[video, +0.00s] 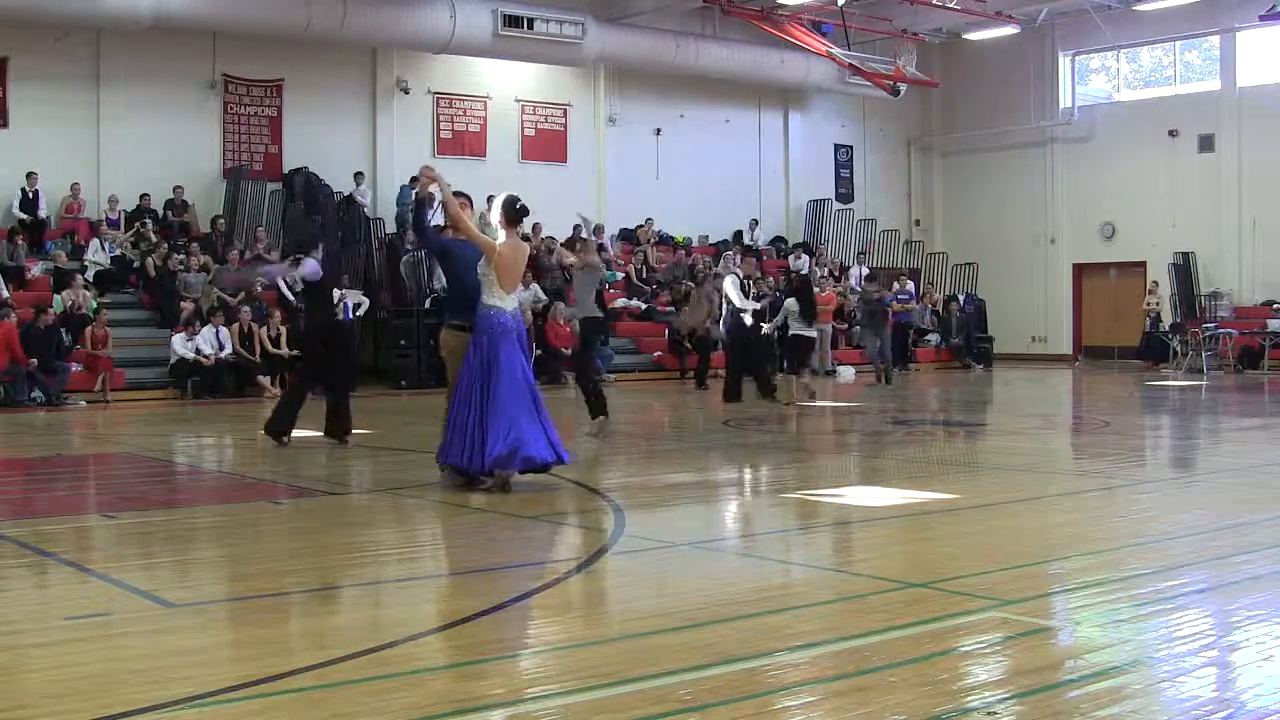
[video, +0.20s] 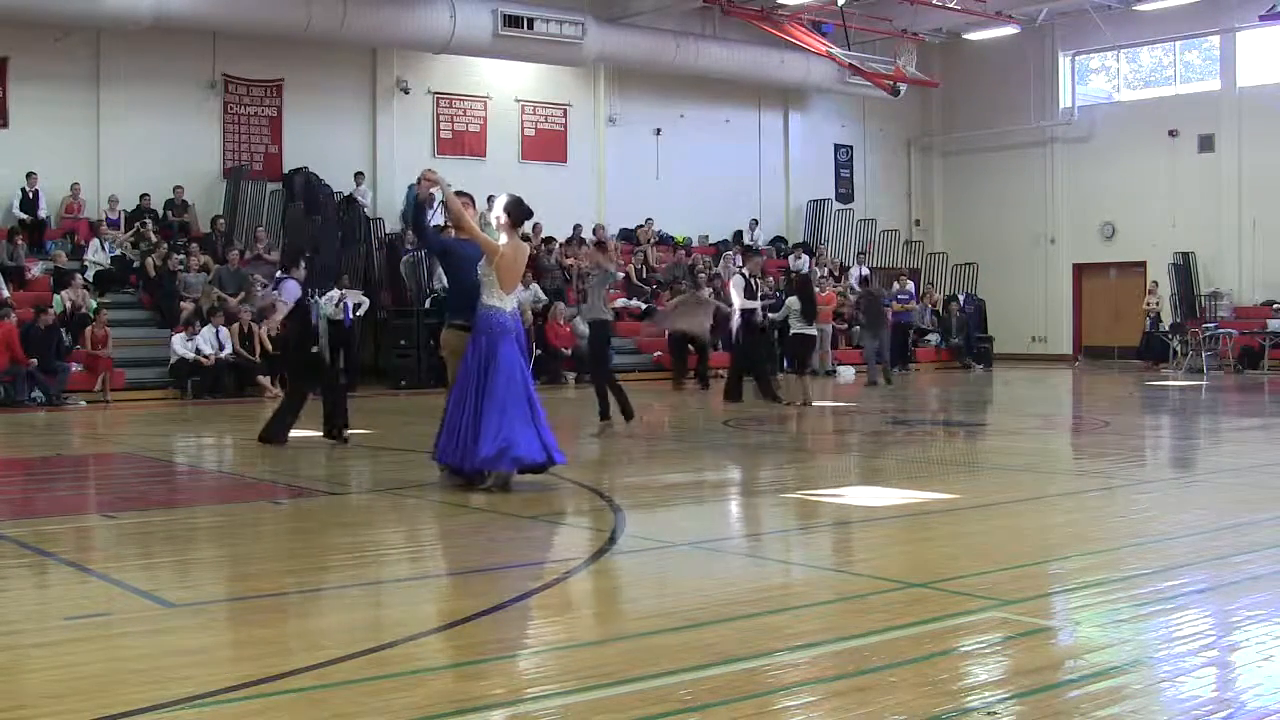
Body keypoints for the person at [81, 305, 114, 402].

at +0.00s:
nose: (106, 317)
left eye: (106, 314)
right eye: (104, 315)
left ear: (105, 316)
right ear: (97, 316)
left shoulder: (107, 330)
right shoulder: (89, 330)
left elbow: (109, 349)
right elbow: (89, 350)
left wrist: (103, 352)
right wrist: (100, 353)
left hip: (103, 355)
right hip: (92, 356)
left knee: (104, 360)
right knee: (106, 365)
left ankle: (99, 382)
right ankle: (107, 393)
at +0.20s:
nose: (106, 317)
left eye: (106, 314)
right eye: (104, 315)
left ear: (105, 317)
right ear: (97, 316)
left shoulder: (107, 330)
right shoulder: (89, 330)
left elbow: (109, 349)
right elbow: (89, 350)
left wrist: (105, 352)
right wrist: (100, 353)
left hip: (103, 355)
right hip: (92, 356)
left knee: (105, 361)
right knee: (106, 365)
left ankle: (99, 382)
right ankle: (107, 393)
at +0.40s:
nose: (106, 317)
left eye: (106, 315)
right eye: (104, 315)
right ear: (97, 316)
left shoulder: (107, 330)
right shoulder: (89, 330)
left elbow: (109, 348)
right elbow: (89, 350)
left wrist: (104, 352)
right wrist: (100, 353)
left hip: (103, 355)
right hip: (92, 355)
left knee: (104, 360)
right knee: (107, 364)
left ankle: (98, 382)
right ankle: (107, 393)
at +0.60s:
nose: (106, 317)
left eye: (106, 315)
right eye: (104, 315)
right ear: (97, 317)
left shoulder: (107, 330)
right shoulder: (89, 330)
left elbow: (109, 349)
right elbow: (88, 350)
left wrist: (104, 352)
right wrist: (99, 353)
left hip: (103, 354)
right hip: (92, 355)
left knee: (103, 359)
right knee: (107, 364)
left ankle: (98, 382)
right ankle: (107, 393)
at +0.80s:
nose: (106, 317)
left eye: (106, 314)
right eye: (104, 315)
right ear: (97, 316)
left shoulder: (107, 330)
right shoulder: (89, 330)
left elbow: (109, 348)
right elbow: (88, 350)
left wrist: (104, 352)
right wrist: (99, 353)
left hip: (103, 354)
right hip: (92, 355)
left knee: (104, 359)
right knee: (107, 364)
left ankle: (98, 382)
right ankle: (107, 393)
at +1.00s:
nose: (106, 317)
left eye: (106, 314)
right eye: (104, 315)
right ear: (97, 316)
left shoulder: (108, 331)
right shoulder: (89, 330)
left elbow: (109, 348)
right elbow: (88, 350)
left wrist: (104, 351)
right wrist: (100, 353)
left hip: (103, 354)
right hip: (92, 355)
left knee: (105, 359)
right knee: (107, 364)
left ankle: (99, 382)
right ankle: (107, 393)